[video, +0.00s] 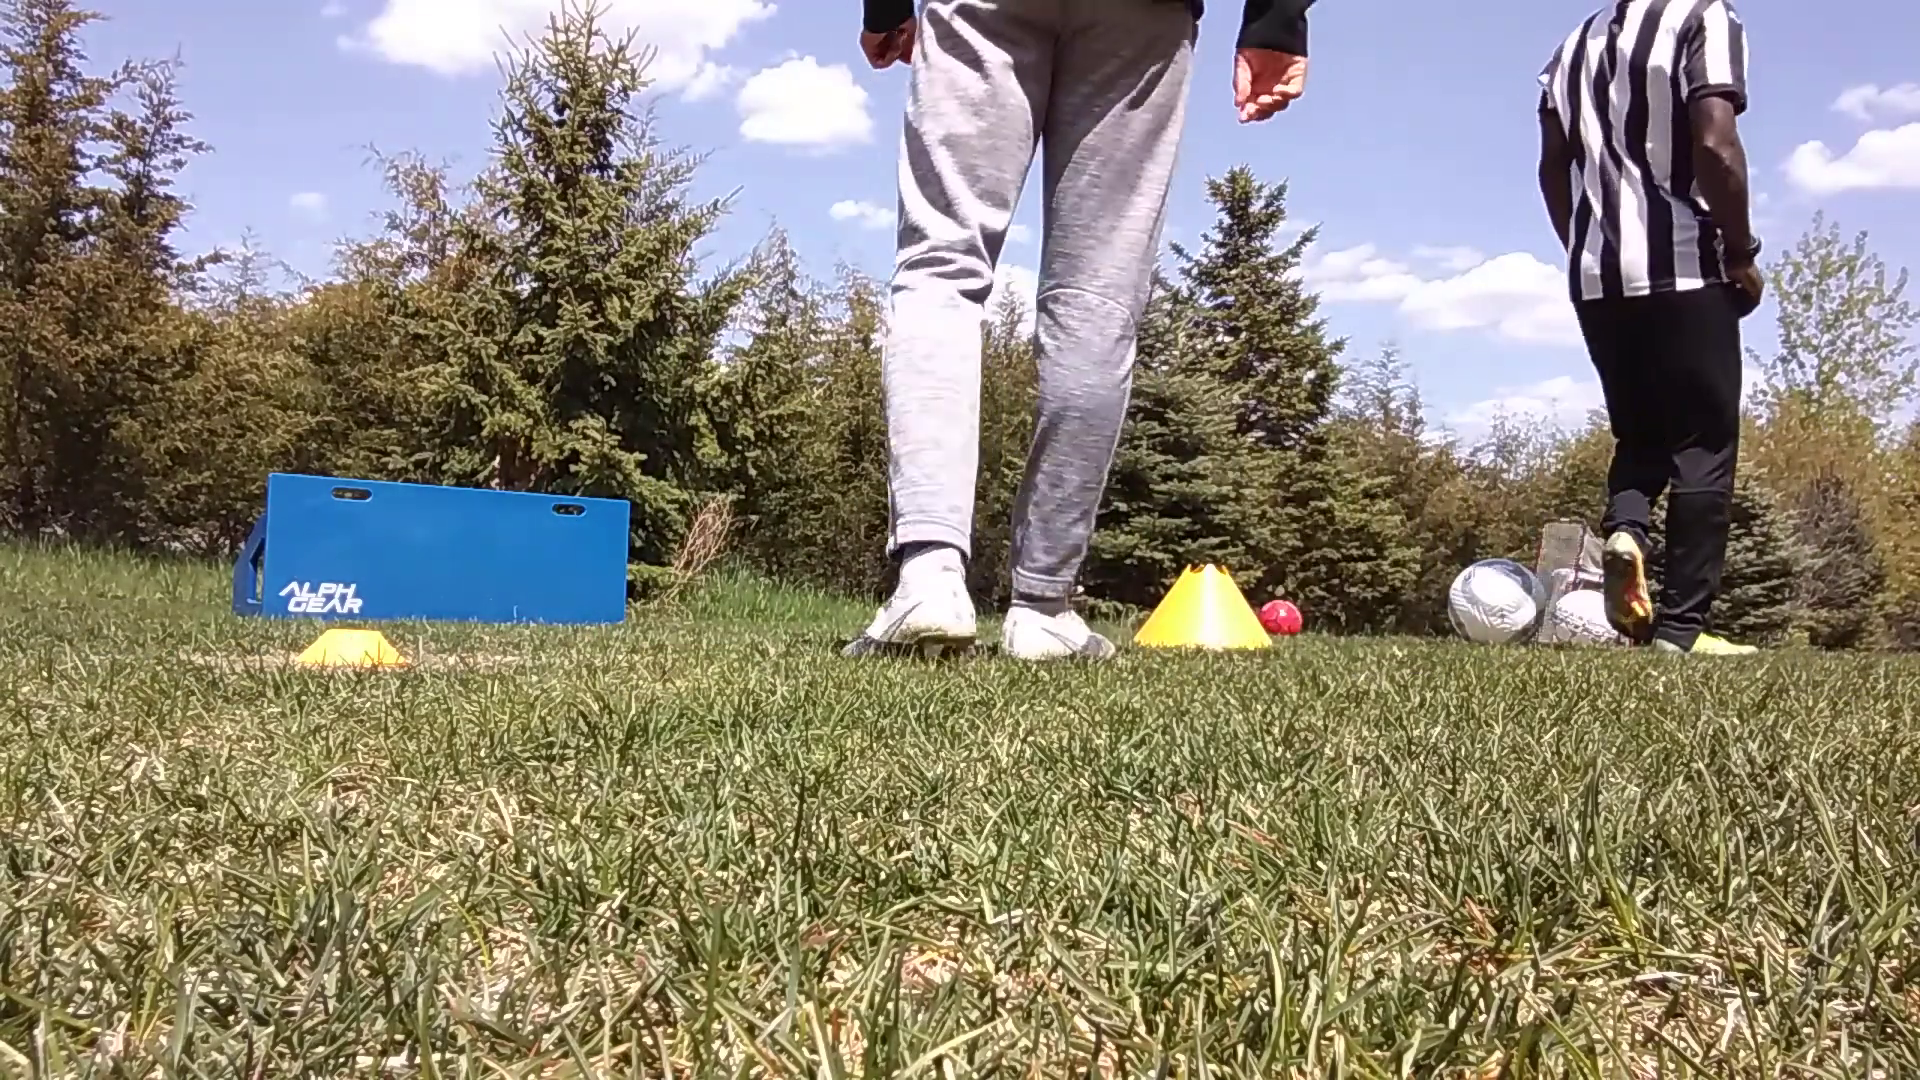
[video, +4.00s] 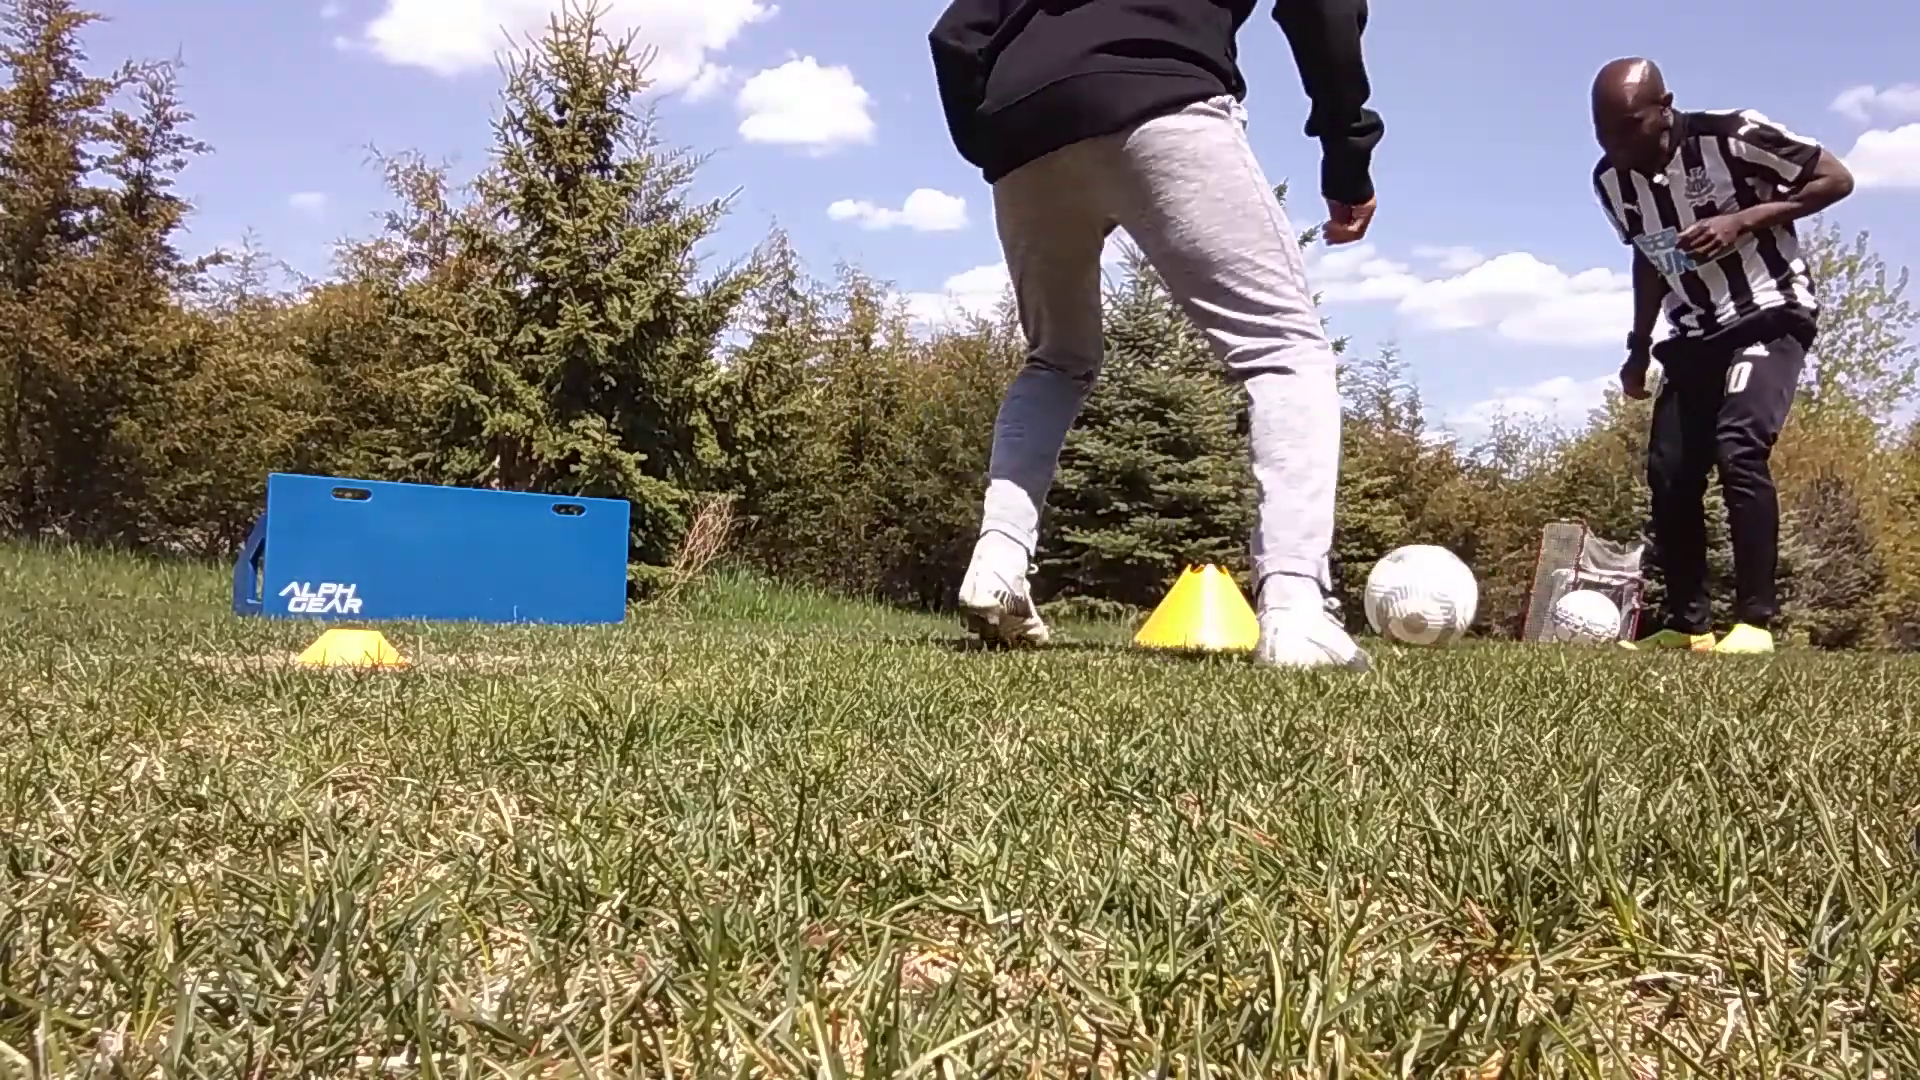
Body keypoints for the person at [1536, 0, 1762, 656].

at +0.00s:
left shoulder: (1570, 45)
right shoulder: (1705, 16)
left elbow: (1553, 172)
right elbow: (1713, 145)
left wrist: (1587, 252)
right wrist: (1741, 251)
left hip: (1597, 278)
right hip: (1683, 270)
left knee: (1639, 434)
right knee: (1707, 444)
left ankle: (1626, 532)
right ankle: (1683, 625)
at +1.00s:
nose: (1521, 80)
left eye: (1534, 65)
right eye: (1509, 69)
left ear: (1566, 62)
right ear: (1498, 72)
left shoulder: (1620, 119)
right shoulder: (1480, 144)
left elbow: (1687, 181)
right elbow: (1470, 224)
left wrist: (1648, 243)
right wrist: (1475, 292)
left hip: (1614, 322)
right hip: (1529, 334)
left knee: (1642, 462)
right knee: (1519, 476)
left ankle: (1662, 609)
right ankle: (1516, 611)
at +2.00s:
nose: (1580, 121)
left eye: (1594, 106)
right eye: (1566, 109)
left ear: (1625, 99)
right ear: (1551, 109)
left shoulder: (1675, 147)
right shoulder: (1531, 170)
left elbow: (1739, 199)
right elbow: (1527, 247)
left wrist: (1674, 261)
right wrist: (1506, 326)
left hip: (1675, 321)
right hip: (1592, 334)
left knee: (1682, 443)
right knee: (1574, 470)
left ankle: (1703, 607)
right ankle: (1588, 618)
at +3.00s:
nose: (1572, 134)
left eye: (1585, 117)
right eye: (1566, 120)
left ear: (1630, 103)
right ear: (1563, 117)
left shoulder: (1704, 142)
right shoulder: (1574, 182)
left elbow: (1801, 190)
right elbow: (1590, 262)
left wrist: (1722, 245)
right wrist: (1559, 347)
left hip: (1736, 320)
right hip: (1660, 340)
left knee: (1719, 446)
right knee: (1635, 469)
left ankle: (1737, 623)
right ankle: (1638, 624)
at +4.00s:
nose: (1602, 143)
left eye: (1613, 130)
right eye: (1599, 129)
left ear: (1660, 114)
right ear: (1601, 121)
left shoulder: (1734, 135)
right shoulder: (1611, 181)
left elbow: (1836, 179)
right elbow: (1649, 255)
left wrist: (1745, 218)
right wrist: (1639, 343)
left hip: (1769, 316)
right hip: (1692, 334)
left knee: (1737, 450)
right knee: (1668, 472)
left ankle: (1755, 622)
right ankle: (1690, 623)